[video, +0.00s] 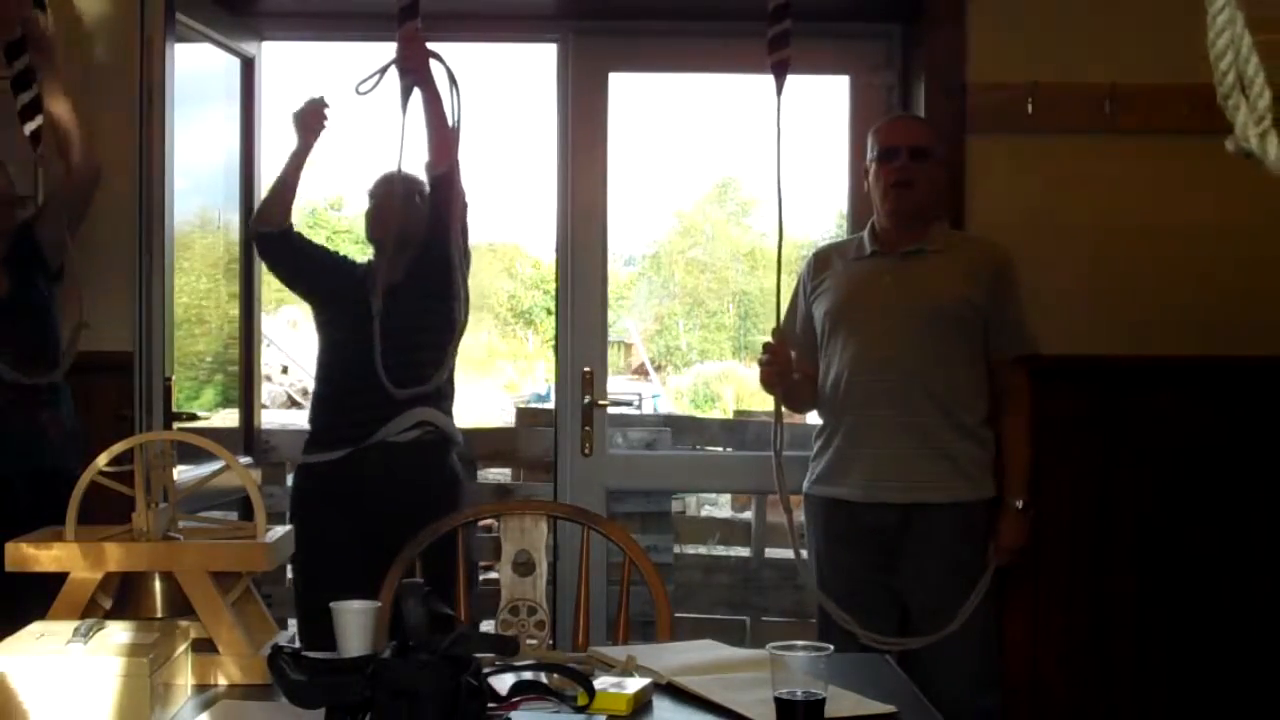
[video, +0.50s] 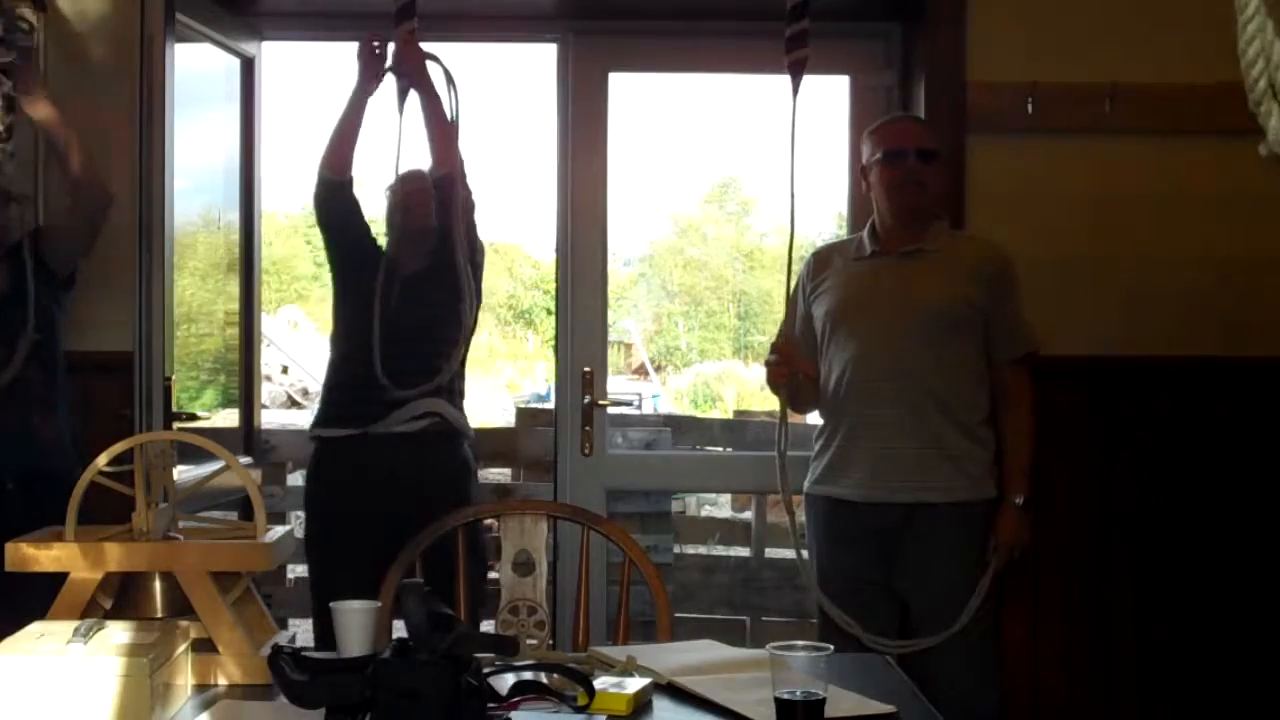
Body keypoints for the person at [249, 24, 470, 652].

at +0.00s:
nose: (389, 204)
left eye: (404, 197)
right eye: (379, 197)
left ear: (427, 218)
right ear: (367, 218)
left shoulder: (439, 280)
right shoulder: (339, 280)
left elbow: (444, 168)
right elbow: (268, 232)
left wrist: (423, 78)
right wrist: (302, 148)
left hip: (415, 473)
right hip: (332, 473)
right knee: (329, 646)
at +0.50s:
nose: (414, 191)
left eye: (427, 186)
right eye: (403, 186)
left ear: (446, 209)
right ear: (389, 211)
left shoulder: (457, 273)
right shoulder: (360, 266)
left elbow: (450, 174)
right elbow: (331, 183)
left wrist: (420, 82)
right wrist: (365, 86)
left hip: (430, 459)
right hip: (346, 459)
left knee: (441, 627)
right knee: (346, 634)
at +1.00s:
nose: (423, 199)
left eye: (437, 192)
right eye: (411, 193)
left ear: (454, 214)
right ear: (395, 216)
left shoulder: (463, 277)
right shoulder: (367, 271)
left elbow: (463, 176)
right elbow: (328, 187)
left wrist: (435, 83)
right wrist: (372, 100)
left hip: (440, 460)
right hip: (354, 461)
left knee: (452, 624)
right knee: (353, 629)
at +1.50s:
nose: (423, 209)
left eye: (435, 199)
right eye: (409, 200)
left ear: (452, 215)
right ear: (391, 217)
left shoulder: (466, 280)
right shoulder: (366, 275)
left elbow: (461, 173)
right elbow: (320, 197)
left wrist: (427, 83)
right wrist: (349, 105)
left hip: (446, 468)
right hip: (359, 464)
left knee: (453, 635)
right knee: (357, 636)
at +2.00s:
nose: (434, 204)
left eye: (446, 194)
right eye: (420, 194)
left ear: (461, 211)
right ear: (397, 211)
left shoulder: (469, 272)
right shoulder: (369, 265)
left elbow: (468, 169)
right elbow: (330, 180)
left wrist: (431, 78)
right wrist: (365, 84)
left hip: (442, 460)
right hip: (356, 458)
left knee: (452, 627)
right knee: (352, 631)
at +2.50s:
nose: (408, 213)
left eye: (418, 203)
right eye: (395, 202)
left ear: (435, 218)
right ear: (373, 220)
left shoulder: (453, 277)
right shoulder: (349, 272)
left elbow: (463, 182)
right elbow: (318, 188)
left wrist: (430, 86)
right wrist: (358, 93)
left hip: (429, 463)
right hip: (341, 463)